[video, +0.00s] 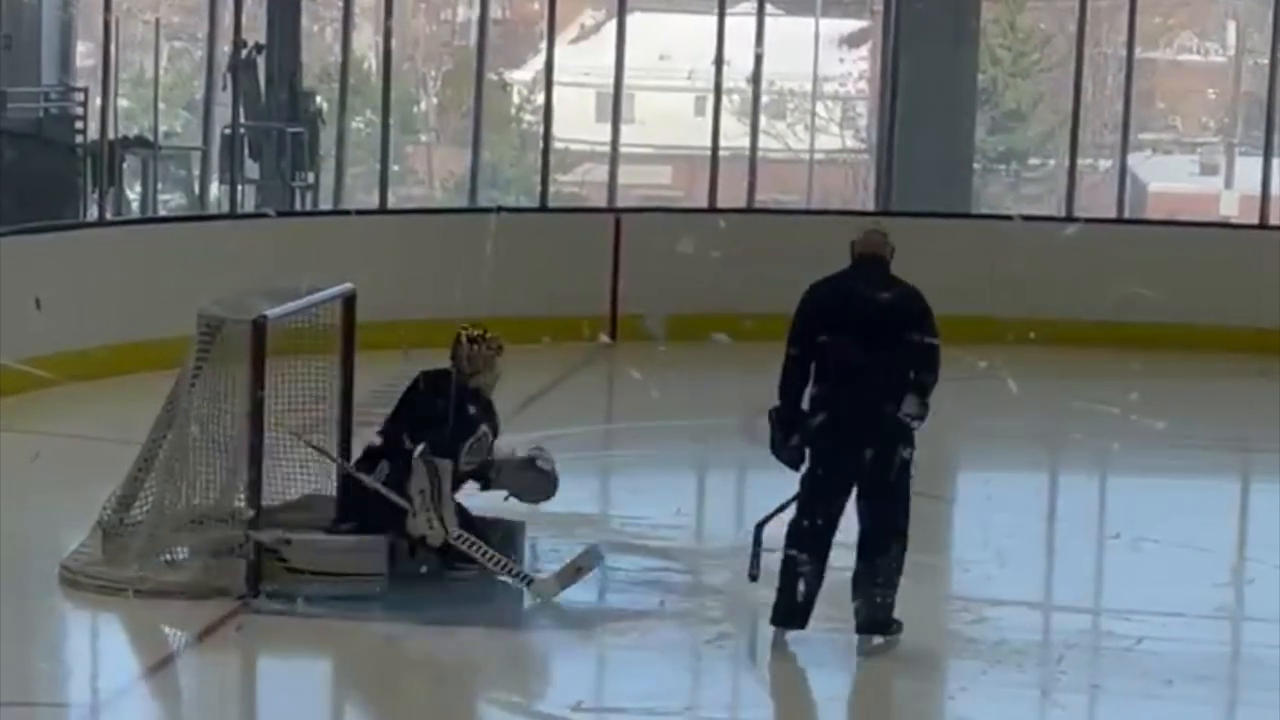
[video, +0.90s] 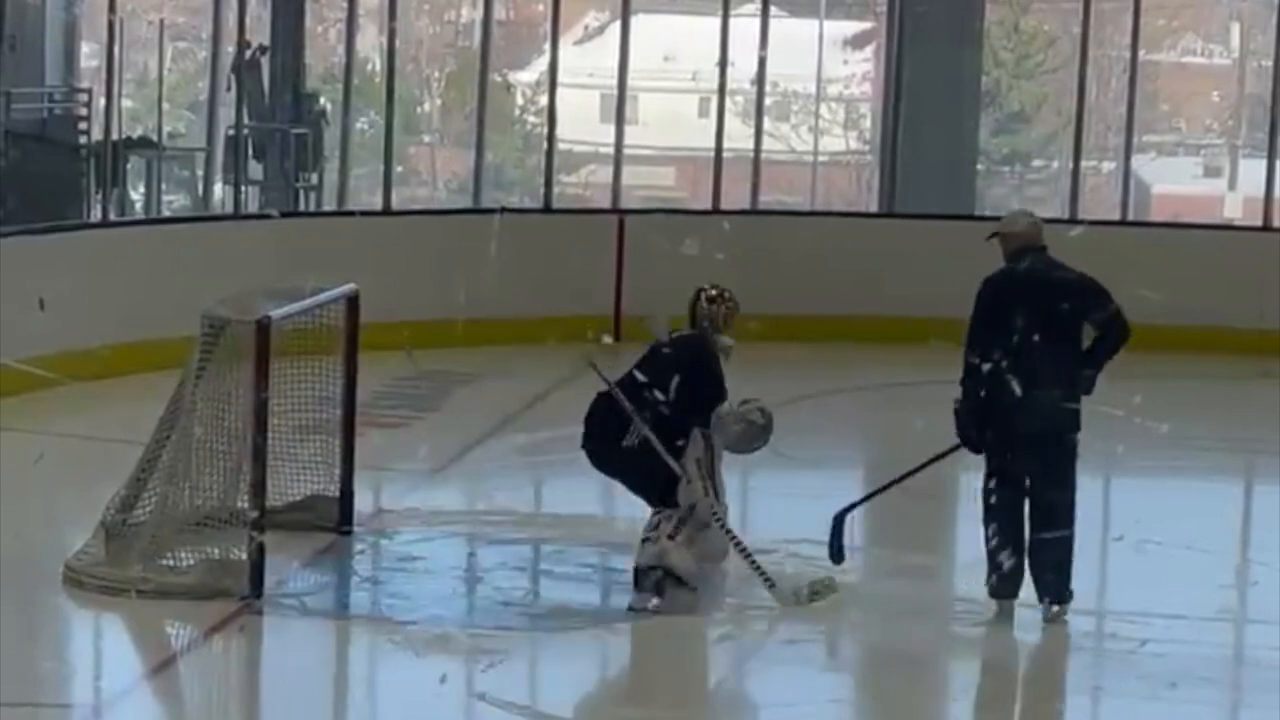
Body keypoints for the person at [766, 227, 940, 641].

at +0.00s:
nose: (877, 261)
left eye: (868, 252)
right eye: (886, 254)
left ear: (852, 255)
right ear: (890, 258)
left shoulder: (821, 294)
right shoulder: (910, 301)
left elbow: (796, 364)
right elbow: (926, 365)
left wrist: (787, 422)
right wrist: (909, 415)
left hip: (832, 427)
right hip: (888, 433)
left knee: (814, 517)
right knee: (884, 526)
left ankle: (789, 609)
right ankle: (874, 618)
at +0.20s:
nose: (916, 261)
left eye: (908, 253)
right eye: (928, 254)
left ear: (899, 253)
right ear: (938, 255)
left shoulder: (876, 293)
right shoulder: (965, 300)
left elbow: (852, 363)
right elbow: (978, 366)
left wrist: (839, 420)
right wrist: (954, 416)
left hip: (880, 427)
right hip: (938, 435)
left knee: (855, 511)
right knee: (928, 523)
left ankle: (818, 602)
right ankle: (910, 616)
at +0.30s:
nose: (927, 258)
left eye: (923, 251)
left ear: (922, 251)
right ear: (960, 252)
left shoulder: (899, 292)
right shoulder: (988, 297)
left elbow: (874, 365)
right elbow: (1004, 365)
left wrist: (863, 423)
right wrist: (973, 415)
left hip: (901, 426)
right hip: (957, 432)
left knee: (882, 509)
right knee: (948, 522)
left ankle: (853, 597)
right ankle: (930, 612)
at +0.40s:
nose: (943, 255)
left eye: (943, 248)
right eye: (952, 248)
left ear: (943, 249)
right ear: (980, 251)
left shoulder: (920, 292)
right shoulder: (1009, 295)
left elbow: (896, 362)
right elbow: (1028, 358)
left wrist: (886, 420)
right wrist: (995, 405)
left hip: (923, 425)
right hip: (977, 429)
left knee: (910, 507)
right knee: (967, 515)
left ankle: (894, 601)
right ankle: (952, 609)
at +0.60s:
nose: (973, 249)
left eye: (974, 243)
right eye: (978, 242)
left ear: (977, 246)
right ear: (1013, 246)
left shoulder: (955, 288)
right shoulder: (1039, 288)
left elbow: (935, 356)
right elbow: (1067, 350)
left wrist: (928, 415)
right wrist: (1036, 403)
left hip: (963, 418)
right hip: (1015, 421)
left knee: (960, 503)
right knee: (1010, 509)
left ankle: (957, 599)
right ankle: (997, 607)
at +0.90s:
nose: (998, 248)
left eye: (1001, 241)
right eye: (999, 241)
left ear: (1010, 242)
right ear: (1038, 240)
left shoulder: (996, 287)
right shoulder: (1073, 281)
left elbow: (978, 359)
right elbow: (1116, 328)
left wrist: (970, 419)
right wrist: (1088, 369)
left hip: (1009, 416)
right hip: (1059, 417)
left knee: (1003, 498)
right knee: (1055, 500)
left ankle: (1004, 591)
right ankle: (1055, 597)